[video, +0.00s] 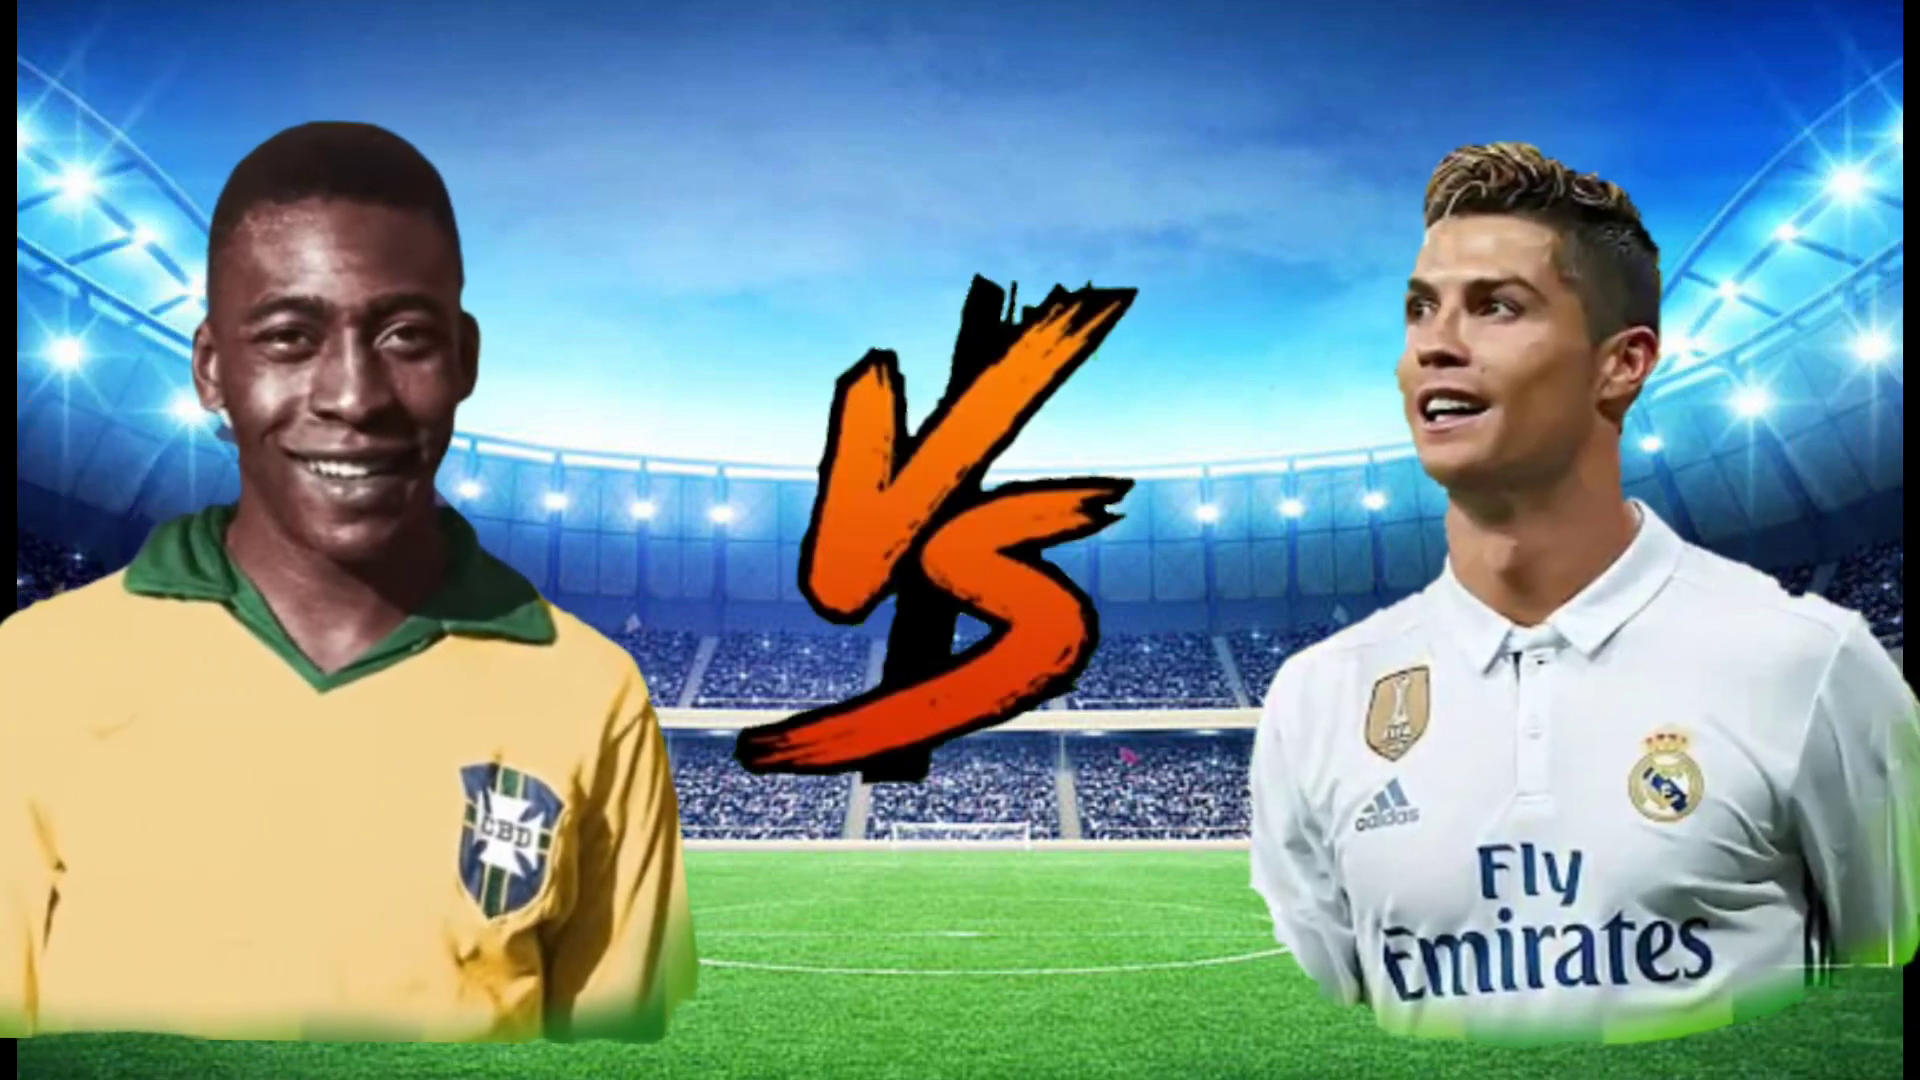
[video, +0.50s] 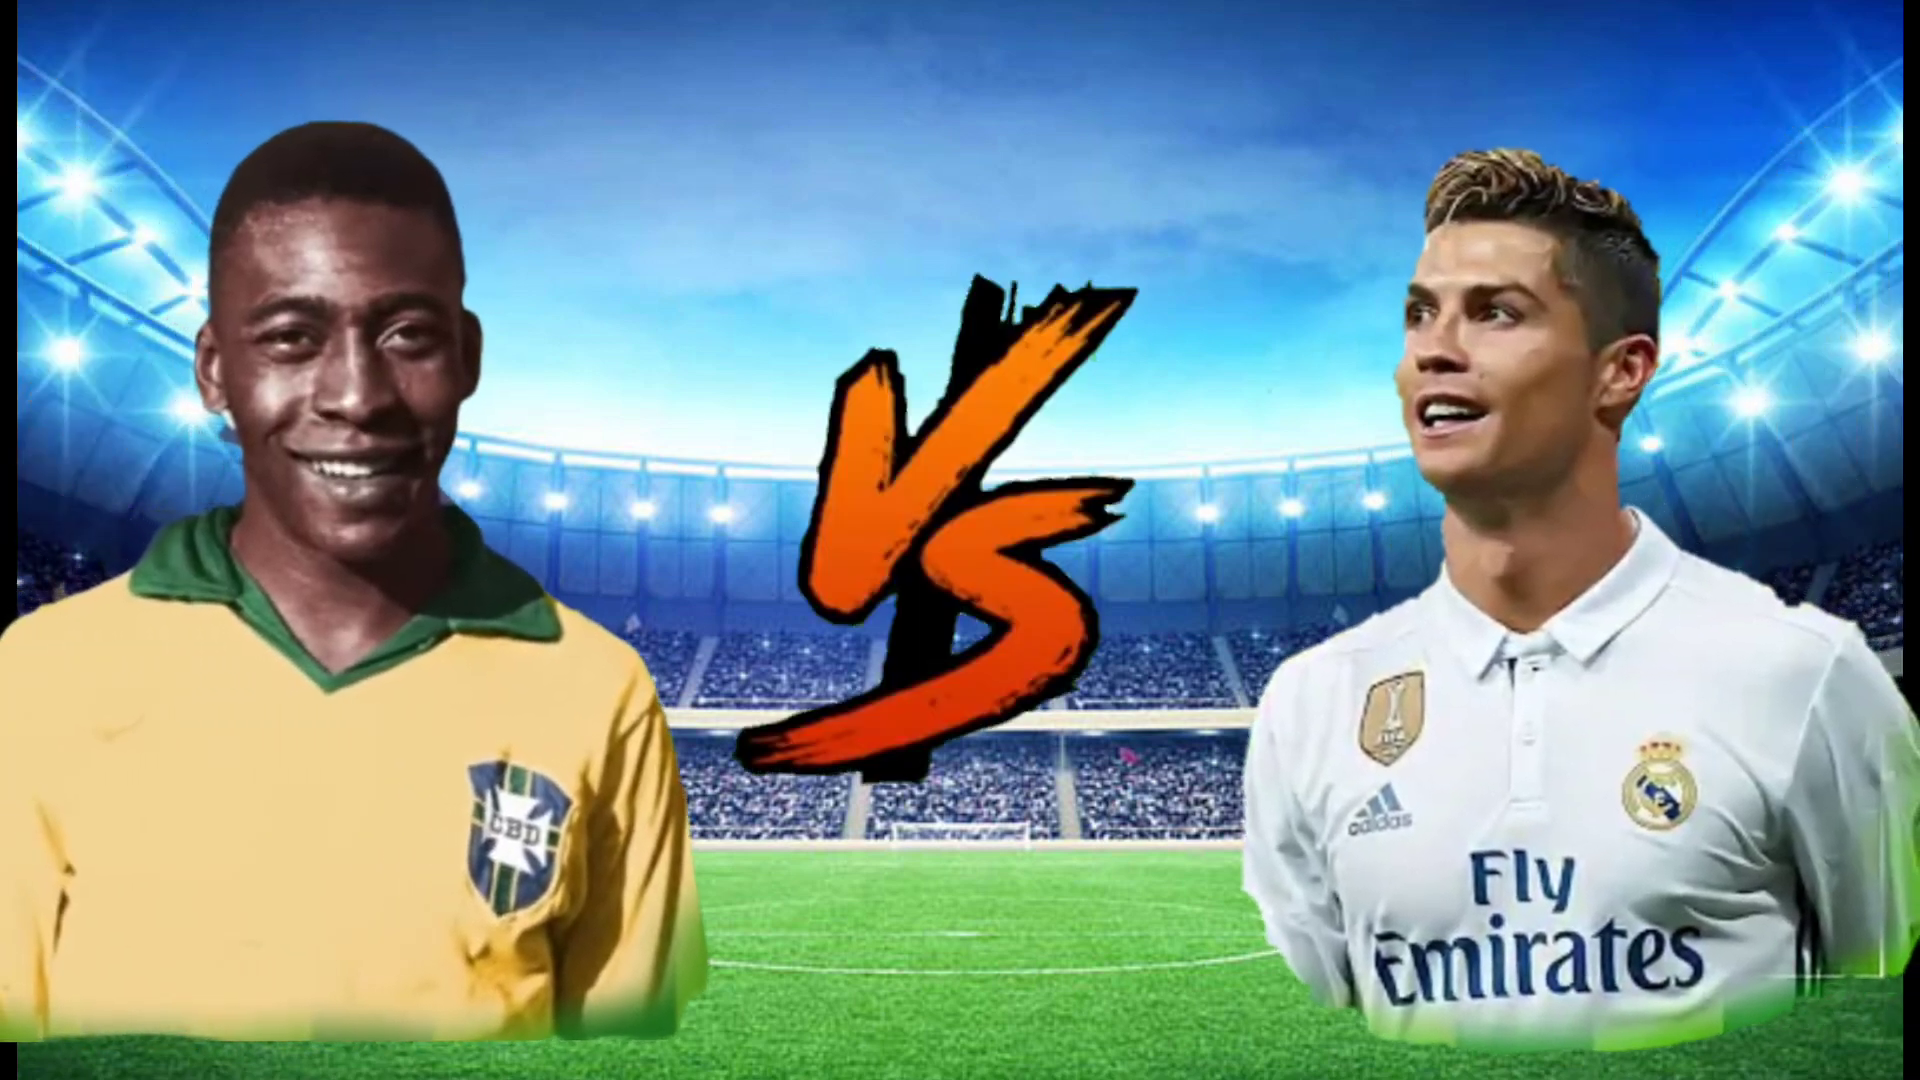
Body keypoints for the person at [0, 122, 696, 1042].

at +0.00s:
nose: (354, 397)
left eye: (405, 336)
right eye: (292, 336)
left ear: (464, 362)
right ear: (212, 372)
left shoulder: (590, 704)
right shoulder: (34, 682)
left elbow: (610, 1053)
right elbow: (16, 1022)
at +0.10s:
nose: (356, 397)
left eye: (406, 335)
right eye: (294, 336)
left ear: (466, 360)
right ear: (214, 372)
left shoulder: (593, 703)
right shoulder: (35, 683)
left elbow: (612, 1056)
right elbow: (16, 1024)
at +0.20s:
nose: (357, 397)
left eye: (408, 335)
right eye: (294, 336)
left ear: (467, 360)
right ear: (214, 372)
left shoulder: (596, 703)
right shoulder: (36, 684)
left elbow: (616, 1051)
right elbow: (16, 1023)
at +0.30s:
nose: (358, 397)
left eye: (408, 335)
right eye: (295, 337)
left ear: (468, 360)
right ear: (215, 372)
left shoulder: (598, 703)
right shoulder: (38, 685)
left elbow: (619, 1053)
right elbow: (16, 1024)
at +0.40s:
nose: (359, 397)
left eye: (409, 334)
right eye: (295, 337)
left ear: (468, 359)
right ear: (216, 372)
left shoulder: (599, 703)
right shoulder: (39, 686)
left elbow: (622, 1055)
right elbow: (17, 1025)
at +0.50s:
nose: (358, 396)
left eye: (408, 334)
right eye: (294, 337)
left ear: (467, 359)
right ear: (214, 372)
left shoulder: (599, 703)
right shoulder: (39, 686)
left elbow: (622, 1055)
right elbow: (17, 1025)